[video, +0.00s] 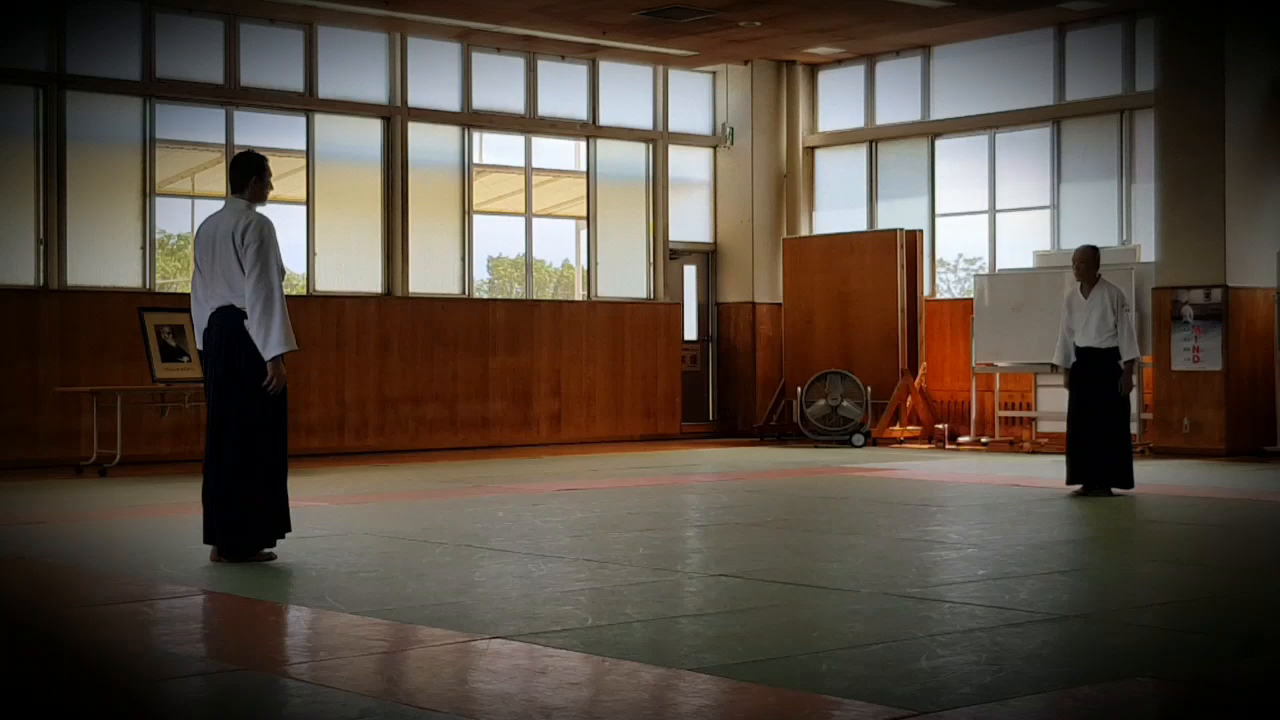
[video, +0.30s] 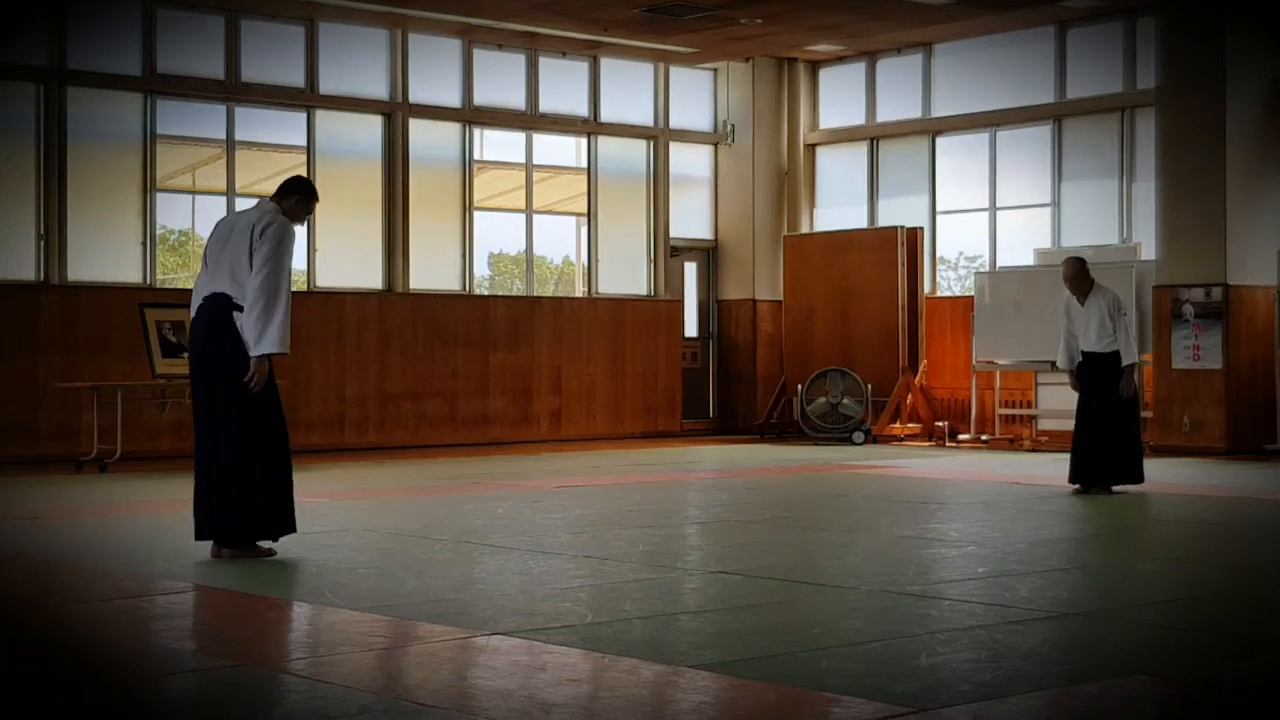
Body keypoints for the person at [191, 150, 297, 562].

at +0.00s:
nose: (271, 187)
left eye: (269, 180)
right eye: (268, 180)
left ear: (233, 182)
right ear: (257, 182)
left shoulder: (207, 225)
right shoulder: (256, 224)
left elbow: (200, 292)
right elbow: (262, 292)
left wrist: (204, 344)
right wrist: (274, 353)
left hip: (214, 337)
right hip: (247, 337)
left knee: (224, 437)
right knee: (251, 438)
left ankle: (224, 538)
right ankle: (242, 541)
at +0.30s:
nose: (304, 221)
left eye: (308, 214)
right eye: (306, 213)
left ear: (279, 195)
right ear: (296, 200)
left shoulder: (227, 221)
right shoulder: (276, 224)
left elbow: (206, 279)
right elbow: (265, 287)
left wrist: (198, 330)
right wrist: (261, 349)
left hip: (205, 327)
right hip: (236, 328)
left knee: (218, 431)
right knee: (251, 430)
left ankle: (224, 535)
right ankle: (239, 536)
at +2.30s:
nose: (299, 178)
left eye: (297, 171)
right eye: (295, 172)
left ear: (261, 176)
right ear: (285, 176)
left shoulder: (237, 219)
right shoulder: (284, 220)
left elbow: (230, 278)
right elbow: (284, 287)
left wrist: (231, 322)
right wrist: (292, 346)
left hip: (240, 326)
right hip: (270, 328)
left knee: (243, 426)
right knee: (268, 428)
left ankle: (237, 525)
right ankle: (254, 528)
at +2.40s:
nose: (305, 182)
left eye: (303, 175)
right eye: (303, 175)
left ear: (268, 178)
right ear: (294, 178)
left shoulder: (243, 223)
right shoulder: (293, 221)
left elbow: (234, 284)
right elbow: (295, 287)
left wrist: (238, 333)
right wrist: (300, 346)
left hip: (247, 328)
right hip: (279, 329)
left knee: (252, 426)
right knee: (285, 427)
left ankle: (243, 527)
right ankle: (279, 526)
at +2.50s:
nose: (318, 183)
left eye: (316, 176)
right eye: (314, 177)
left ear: (282, 181)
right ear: (303, 180)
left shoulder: (257, 224)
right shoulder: (305, 223)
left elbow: (246, 285)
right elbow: (305, 289)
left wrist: (246, 336)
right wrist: (311, 347)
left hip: (258, 328)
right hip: (286, 329)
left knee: (306, 422)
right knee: (268, 427)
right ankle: (249, 529)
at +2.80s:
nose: (358, 192)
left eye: (356, 186)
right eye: (354, 187)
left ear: (324, 192)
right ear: (342, 191)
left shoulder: (300, 234)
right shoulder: (347, 231)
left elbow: (286, 293)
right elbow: (350, 294)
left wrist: (286, 343)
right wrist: (355, 352)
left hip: (302, 339)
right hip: (330, 341)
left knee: (339, 430)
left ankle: (350, 519)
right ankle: (251, 517)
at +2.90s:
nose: (372, 189)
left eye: (370, 183)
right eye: (368, 184)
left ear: (337, 189)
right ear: (357, 187)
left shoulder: (315, 231)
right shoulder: (363, 228)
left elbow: (303, 291)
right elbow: (367, 291)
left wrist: (305, 341)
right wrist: (374, 348)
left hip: (319, 334)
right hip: (349, 335)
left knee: (342, 429)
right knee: (346, 429)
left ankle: (355, 522)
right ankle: (276, 504)